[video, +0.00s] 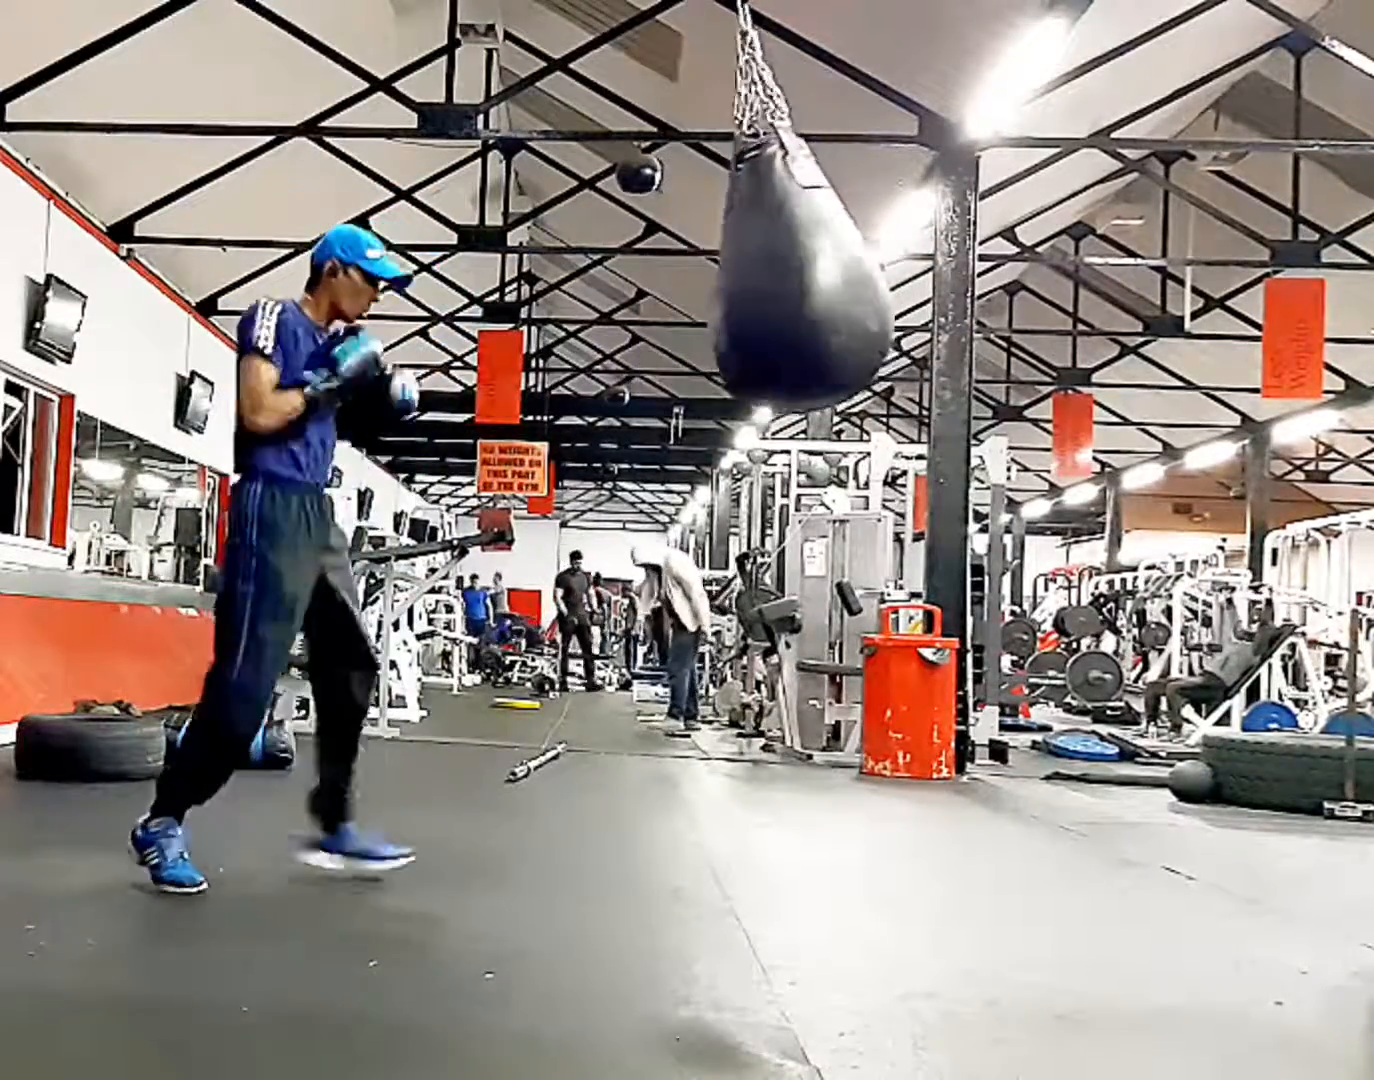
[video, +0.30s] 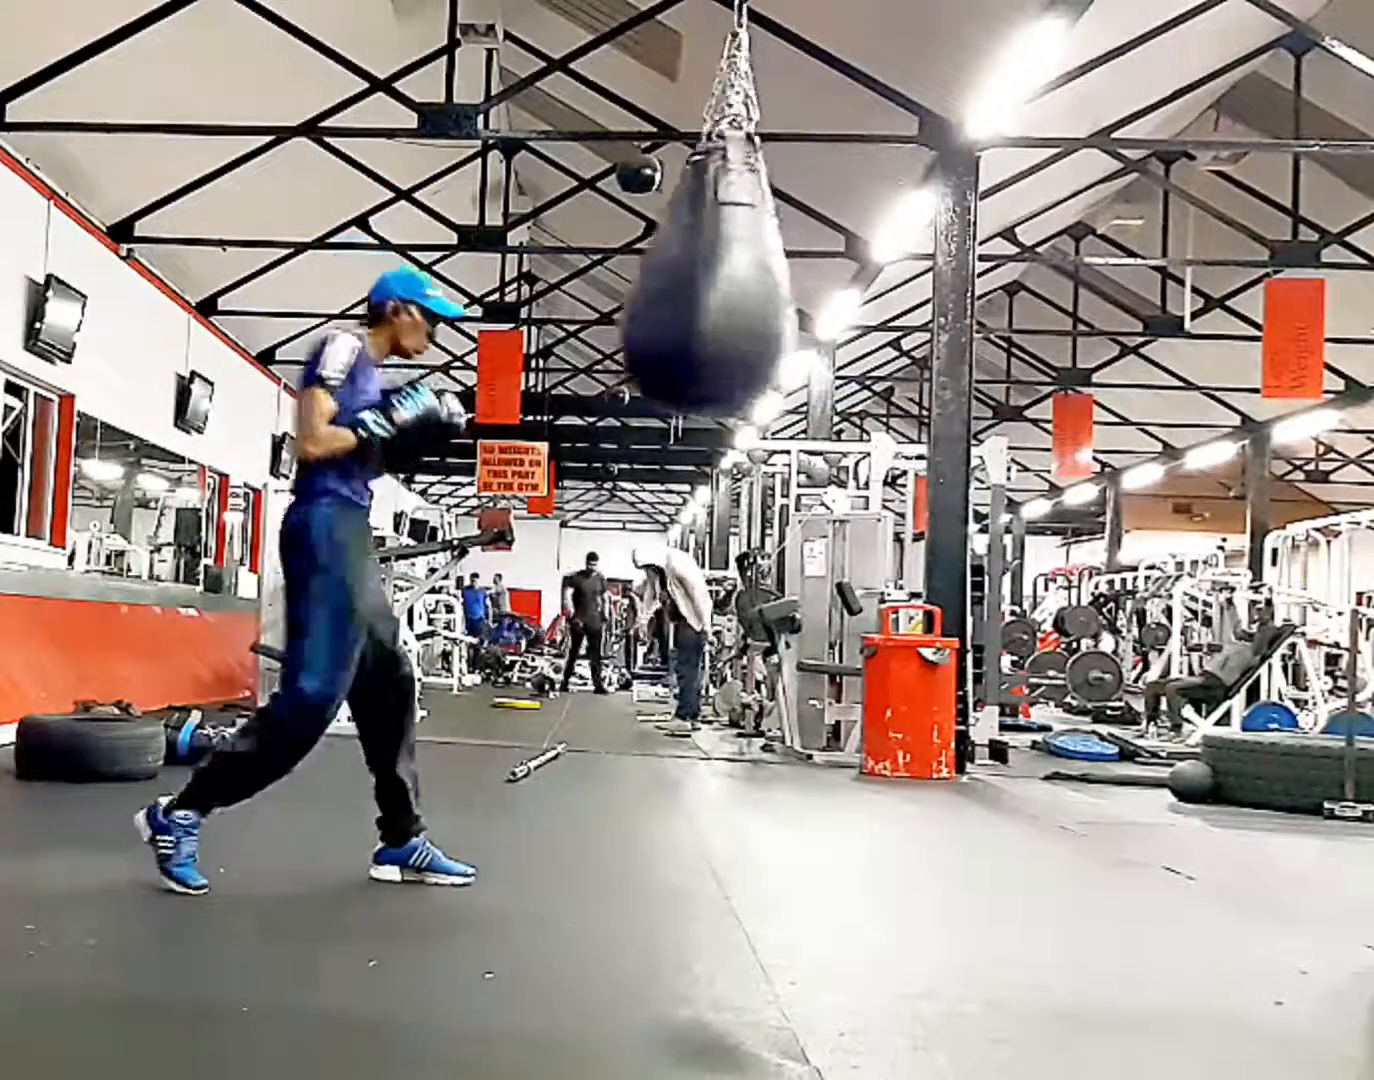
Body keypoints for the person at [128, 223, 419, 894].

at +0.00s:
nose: (376, 296)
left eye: (379, 286)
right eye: (370, 282)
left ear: (350, 281)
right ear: (332, 271)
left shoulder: (336, 346)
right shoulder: (272, 320)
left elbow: (340, 428)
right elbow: (256, 414)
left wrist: (382, 407)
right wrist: (329, 381)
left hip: (317, 514)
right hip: (269, 509)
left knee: (350, 669)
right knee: (246, 684)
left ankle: (333, 825)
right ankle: (161, 823)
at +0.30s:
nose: (432, 335)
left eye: (434, 325)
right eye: (427, 321)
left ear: (398, 317)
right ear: (396, 312)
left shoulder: (375, 372)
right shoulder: (341, 347)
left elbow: (365, 457)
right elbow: (312, 443)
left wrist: (413, 431)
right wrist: (386, 420)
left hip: (350, 530)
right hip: (324, 526)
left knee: (388, 683)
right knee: (312, 699)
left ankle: (401, 839)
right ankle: (179, 815)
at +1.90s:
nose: (362, 300)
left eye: (364, 290)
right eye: (354, 287)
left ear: (330, 287)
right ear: (315, 280)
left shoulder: (333, 361)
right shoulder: (247, 344)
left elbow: (346, 435)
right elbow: (232, 450)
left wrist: (377, 425)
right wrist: (311, 430)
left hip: (318, 538)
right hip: (259, 540)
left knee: (358, 688)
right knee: (218, 694)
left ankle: (347, 837)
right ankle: (137, 838)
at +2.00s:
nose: (357, 305)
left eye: (361, 294)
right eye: (348, 292)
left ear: (335, 294)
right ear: (310, 286)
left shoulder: (345, 358)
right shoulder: (241, 351)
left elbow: (360, 441)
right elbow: (220, 458)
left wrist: (388, 412)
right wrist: (299, 429)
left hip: (317, 535)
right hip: (257, 538)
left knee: (338, 692)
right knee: (232, 700)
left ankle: (349, 843)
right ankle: (139, 839)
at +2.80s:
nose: (460, 355)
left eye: (464, 345)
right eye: (455, 341)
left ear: (426, 335)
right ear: (421, 329)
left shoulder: (400, 389)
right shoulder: (354, 360)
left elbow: (372, 476)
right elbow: (328, 459)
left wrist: (423, 477)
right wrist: (401, 424)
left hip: (325, 532)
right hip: (294, 523)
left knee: (360, 687)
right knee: (290, 703)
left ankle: (361, 845)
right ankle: (199, 847)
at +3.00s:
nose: (436, 362)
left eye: (440, 352)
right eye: (430, 349)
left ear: (405, 345)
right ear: (393, 338)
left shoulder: (390, 407)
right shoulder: (309, 377)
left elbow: (360, 479)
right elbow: (282, 483)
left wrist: (400, 502)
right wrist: (367, 464)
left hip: (319, 561)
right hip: (268, 558)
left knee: (366, 694)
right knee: (270, 722)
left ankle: (361, 845)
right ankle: (193, 851)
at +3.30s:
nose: (415, 302)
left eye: (418, 291)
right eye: (409, 288)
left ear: (383, 285)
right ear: (374, 278)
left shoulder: (371, 359)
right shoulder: (305, 340)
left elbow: (364, 437)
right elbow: (272, 450)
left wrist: (412, 410)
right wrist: (357, 455)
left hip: (338, 538)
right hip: (294, 536)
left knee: (375, 683)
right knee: (269, 698)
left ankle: (397, 838)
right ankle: (193, 850)